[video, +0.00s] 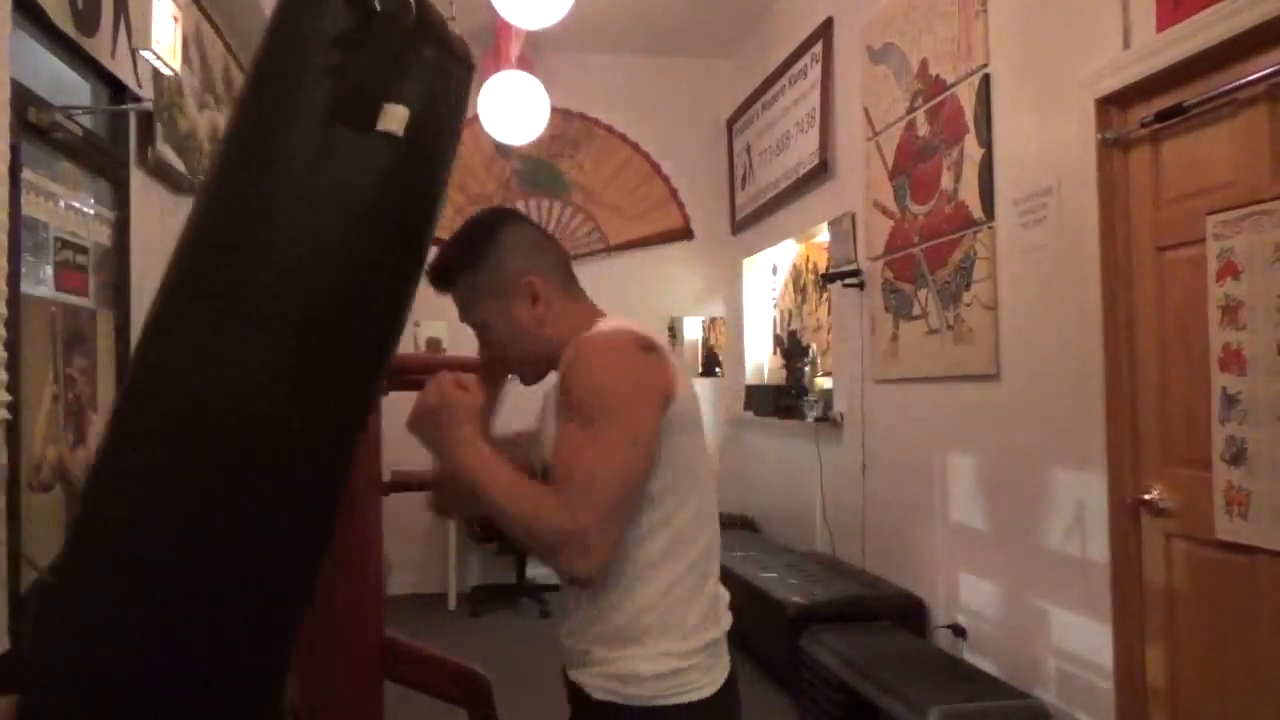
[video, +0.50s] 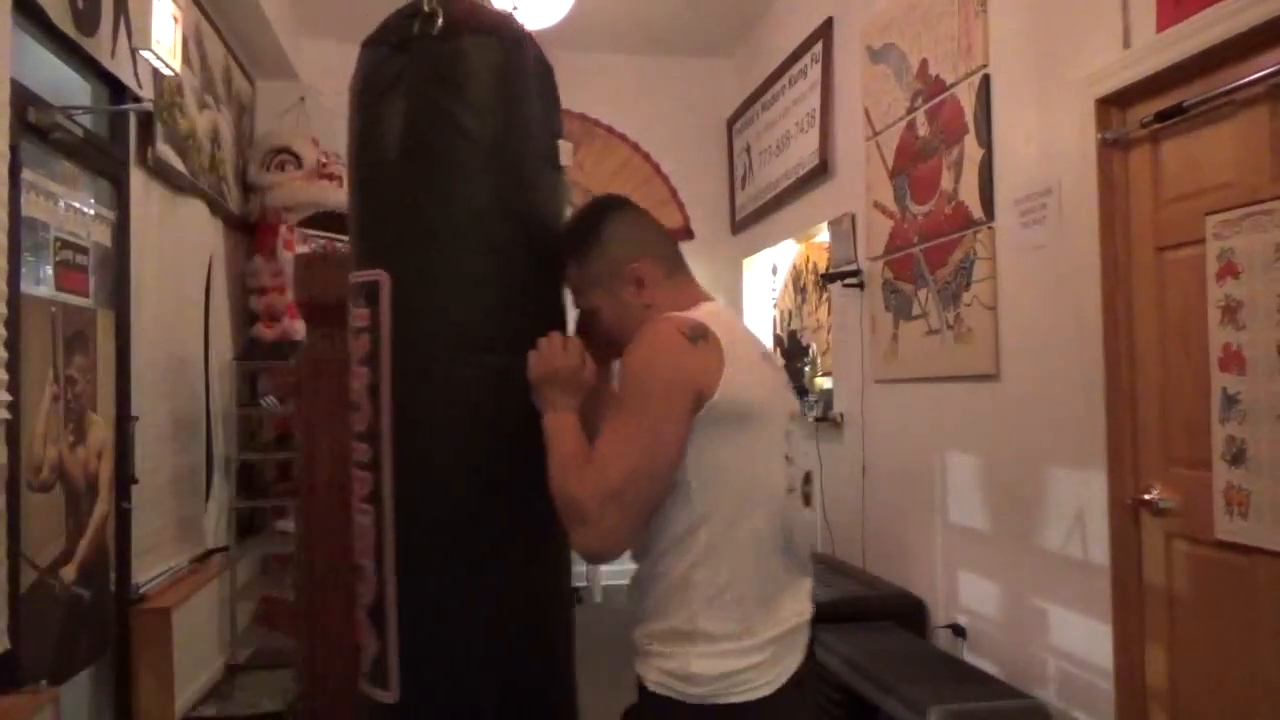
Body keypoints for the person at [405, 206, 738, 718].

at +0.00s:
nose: (486, 349)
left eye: (482, 326)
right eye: (475, 329)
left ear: (532, 298)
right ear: (536, 297)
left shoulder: (611, 355)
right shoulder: (575, 378)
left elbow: (584, 548)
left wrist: (463, 445)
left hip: (652, 696)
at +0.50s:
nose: (583, 329)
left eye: (589, 308)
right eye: (581, 311)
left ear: (639, 284)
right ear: (645, 283)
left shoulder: (671, 342)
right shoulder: (734, 339)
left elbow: (599, 529)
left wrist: (559, 407)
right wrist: (593, 386)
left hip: (702, 690)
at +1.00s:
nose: (706, 313)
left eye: (710, 294)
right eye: (703, 297)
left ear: (765, 278)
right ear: (771, 280)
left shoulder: (805, 351)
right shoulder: (836, 337)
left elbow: (762, 530)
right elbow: (719, 479)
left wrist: (624, 458)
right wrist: (705, 359)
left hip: (841, 683)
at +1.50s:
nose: (597, 423)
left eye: (603, 393)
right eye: (595, 396)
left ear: (664, 380)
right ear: (662, 381)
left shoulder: (797, 470)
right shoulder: (714, 478)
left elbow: (792, 690)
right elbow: (660, 638)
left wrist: (631, 578)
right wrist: (606, 504)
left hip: (900, 708)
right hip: (824, 700)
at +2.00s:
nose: (683, 428)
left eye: (687, 404)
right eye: (682, 406)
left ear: (736, 393)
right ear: (759, 389)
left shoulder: (738, 444)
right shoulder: (842, 431)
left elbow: (789, 598)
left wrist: (745, 696)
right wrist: (720, 509)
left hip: (883, 707)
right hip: (977, 698)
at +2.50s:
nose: (607, 325)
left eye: (621, 304)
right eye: (609, 304)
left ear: (698, 303)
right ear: (692, 308)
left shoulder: (801, 408)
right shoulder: (682, 426)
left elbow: (726, 619)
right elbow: (579, 521)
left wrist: (561, 520)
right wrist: (590, 381)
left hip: (873, 702)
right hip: (788, 687)